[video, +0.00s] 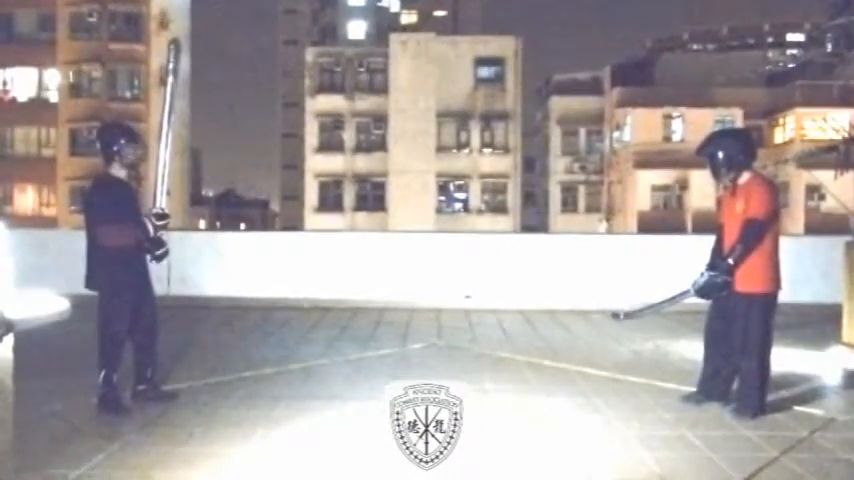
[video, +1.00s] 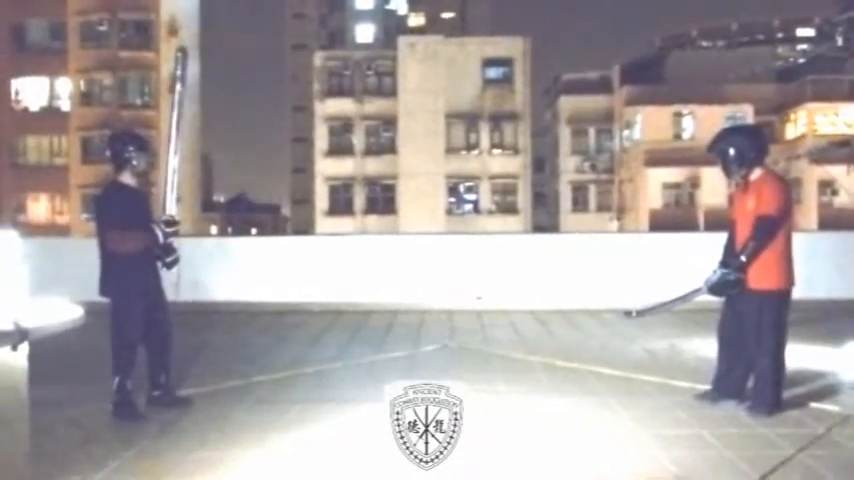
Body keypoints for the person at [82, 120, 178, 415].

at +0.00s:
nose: (139, 153)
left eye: (138, 148)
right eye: (133, 148)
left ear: (120, 150)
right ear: (118, 150)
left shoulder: (126, 187)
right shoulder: (104, 189)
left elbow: (128, 225)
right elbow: (107, 234)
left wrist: (148, 222)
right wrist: (145, 240)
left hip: (133, 269)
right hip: (113, 271)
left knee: (145, 322)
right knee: (115, 327)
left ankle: (146, 381)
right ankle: (107, 388)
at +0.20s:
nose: (136, 157)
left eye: (136, 151)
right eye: (130, 151)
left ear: (120, 154)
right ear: (114, 154)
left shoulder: (125, 191)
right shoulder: (100, 192)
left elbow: (127, 229)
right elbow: (103, 238)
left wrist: (147, 228)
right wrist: (142, 242)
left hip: (133, 272)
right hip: (111, 275)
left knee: (146, 329)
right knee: (114, 332)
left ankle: (147, 386)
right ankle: (108, 393)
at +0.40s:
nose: (130, 159)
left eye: (130, 153)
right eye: (125, 153)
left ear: (119, 155)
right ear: (110, 155)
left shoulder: (122, 191)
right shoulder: (98, 193)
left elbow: (125, 231)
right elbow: (96, 238)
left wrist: (144, 243)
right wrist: (138, 246)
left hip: (127, 273)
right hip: (107, 275)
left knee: (143, 326)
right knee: (109, 332)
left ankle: (143, 386)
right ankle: (103, 391)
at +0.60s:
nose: (133, 155)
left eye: (132, 149)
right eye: (127, 149)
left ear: (115, 152)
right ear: (113, 152)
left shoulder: (123, 189)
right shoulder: (97, 191)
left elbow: (124, 227)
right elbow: (99, 235)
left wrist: (145, 227)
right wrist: (139, 237)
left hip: (130, 272)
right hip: (108, 274)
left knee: (144, 325)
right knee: (111, 330)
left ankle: (144, 384)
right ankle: (104, 389)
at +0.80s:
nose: (145, 157)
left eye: (144, 151)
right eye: (140, 151)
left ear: (126, 153)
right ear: (126, 153)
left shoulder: (136, 191)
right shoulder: (110, 192)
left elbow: (137, 228)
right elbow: (112, 237)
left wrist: (157, 230)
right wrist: (152, 237)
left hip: (144, 274)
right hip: (122, 277)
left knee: (156, 327)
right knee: (124, 332)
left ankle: (156, 384)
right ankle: (118, 389)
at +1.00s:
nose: (148, 161)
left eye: (147, 155)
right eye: (143, 155)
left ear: (129, 157)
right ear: (129, 157)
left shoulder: (139, 195)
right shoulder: (112, 196)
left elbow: (140, 232)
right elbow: (113, 241)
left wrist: (159, 236)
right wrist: (153, 243)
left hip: (146, 277)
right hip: (123, 279)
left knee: (159, 329)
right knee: (127, 334)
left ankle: (160, 388)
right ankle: (121, 393)